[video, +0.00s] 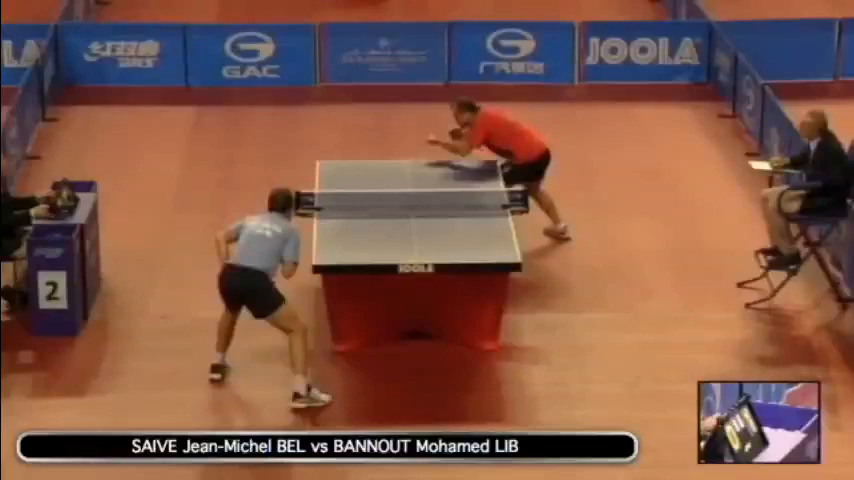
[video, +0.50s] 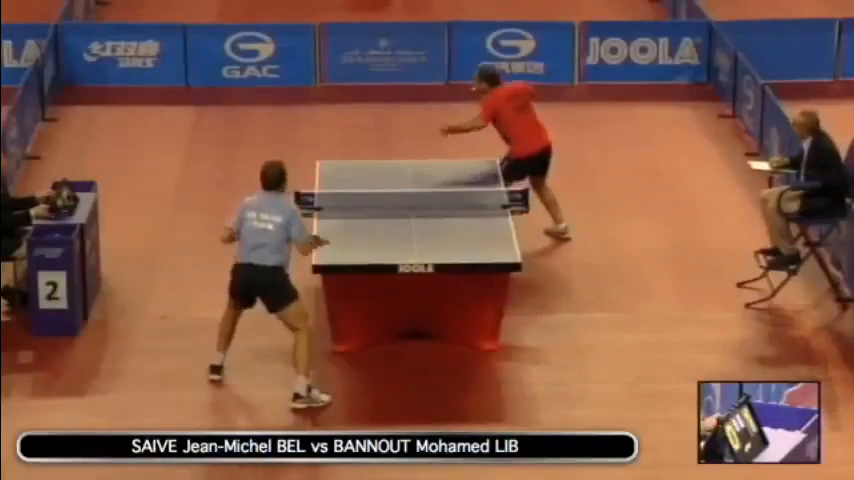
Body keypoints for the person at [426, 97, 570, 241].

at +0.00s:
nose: (458, 120)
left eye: (459, 115)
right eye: (457, 116)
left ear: (468, 113)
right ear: (472, 110)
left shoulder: (480, 123)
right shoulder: (487, 116)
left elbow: (464, 150)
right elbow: (479, 138)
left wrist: (441, 143)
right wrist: (464, 134)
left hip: (527, 162)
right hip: (540, 154)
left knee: (491, 188)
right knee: (534, 190)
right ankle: (559, 226)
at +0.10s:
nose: (462, 112)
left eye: (464, 107)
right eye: (462, 108)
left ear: (472, 107)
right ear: (479, 104)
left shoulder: (483, 117)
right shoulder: (499, 109)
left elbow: (461, 139)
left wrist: (446, 124)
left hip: (525, 162)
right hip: (542, 155)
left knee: (489, 187)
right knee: (534, 189)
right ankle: (559, 225)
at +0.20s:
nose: (471, 98)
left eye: (473, 94)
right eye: (472, 93)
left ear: (479, 94)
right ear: (491, 91)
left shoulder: (486, 108)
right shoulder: (508, 99)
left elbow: (462, 128)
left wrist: (449, 107)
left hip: (522, 160)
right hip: (542, 153)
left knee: (490, 189)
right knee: (536, 188)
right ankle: (560, 225)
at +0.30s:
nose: (476, 92)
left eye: (478, 88)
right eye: (476, 88)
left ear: (486, 88)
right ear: (496, 85)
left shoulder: (488, 105)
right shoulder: (515, 94)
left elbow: (465, 126)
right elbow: (532, 106)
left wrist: (450, 112)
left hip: (521, 159)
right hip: (542, 153)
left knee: (490, 186)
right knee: (537, 186)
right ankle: (560, 224)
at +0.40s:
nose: (478, 87)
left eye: (480, 84)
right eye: (479, 83)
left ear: (489, 85)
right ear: (499, 82)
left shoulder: (490, 102)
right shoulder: (519, 91)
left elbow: (472, 125)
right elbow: (533, 92)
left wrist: (446, 122)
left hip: (520, 157)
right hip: (542, 151)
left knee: (491, 188)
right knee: (539, 185)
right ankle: (560, 225)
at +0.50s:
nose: (476, 88)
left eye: (478, 83)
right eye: (476, 83)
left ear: (487, 84)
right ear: (497, 81)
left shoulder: (491, 102)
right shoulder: (517, 89)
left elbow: (478, 124)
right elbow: (531, 89)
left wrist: (450, 129)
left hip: (521, 155)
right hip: (543, 148)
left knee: (491, 186)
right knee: (539, 184)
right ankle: (560, 224)